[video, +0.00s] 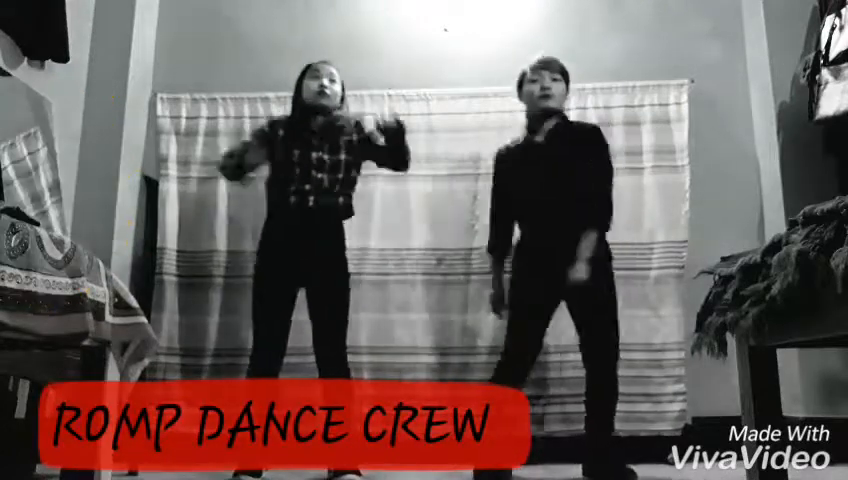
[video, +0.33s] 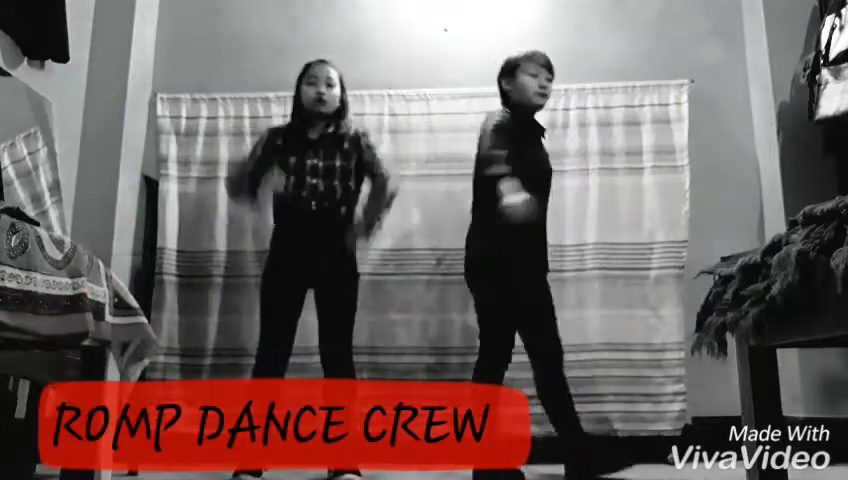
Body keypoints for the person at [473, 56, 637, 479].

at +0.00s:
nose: (544, 84)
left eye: (554, 79)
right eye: (534, 79)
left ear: (567, 93)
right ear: (521, 95)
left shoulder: (587, 136)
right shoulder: (510, 156)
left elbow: (599, 201)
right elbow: (500, 221)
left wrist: (584, 256)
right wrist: (497, 278)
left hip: (587, 260)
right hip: (535, 264)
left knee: (601, 360)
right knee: (515, 361)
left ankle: (600, 459)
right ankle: (486, 456)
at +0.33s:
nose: (545, 85)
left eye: (548, 81)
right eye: (536, 77)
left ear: (544, 90)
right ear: (508, 82)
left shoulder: (529, 131)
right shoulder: (501, 126)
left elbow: (528, 198)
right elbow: (497, 170)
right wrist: (509, 189)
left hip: (523, 263)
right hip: (500, 263)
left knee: (548, 357)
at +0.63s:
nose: (580, 79)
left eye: (579, 72)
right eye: (572, 71)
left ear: (550, 81)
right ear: (543, 78)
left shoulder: (548, 126)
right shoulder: (545, 125)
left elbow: (575, 202)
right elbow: (563, 199)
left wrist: (603, 254)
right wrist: (589, 244)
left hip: (541, 256)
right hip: (542, 258)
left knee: (535, 348)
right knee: (566, 352)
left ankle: (485, 437)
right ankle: (584, 456)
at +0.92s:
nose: (572, 74)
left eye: (571, 67)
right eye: (564, 66)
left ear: (542, 77)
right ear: (538, 73)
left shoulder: (533, 116)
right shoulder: (545, 114)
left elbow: (531, 187)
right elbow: (546, 179)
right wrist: (561, 237)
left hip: (516, 252)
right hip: (535, 252)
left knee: (513, 352)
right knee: (557, 353)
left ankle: (490, 448)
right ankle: (584, 454)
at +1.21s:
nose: (581, 75)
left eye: (579, 68)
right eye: (573, 67)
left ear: (546, 76)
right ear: (547, 74)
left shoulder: (537, 118)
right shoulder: (555, 117)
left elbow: (538, 189)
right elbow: (563, 186)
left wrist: (562, 243)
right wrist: (573, 245)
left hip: (526, 248)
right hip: (543, 249)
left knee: (520, 355)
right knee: (553, 359)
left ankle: (490, 450)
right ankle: (580, 457)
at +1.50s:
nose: (562, 70)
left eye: (567, 65)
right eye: (550, 63)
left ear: (571, 77)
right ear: (526, 74)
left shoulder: (576, 133)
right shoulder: (514, 123)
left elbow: (592, 193)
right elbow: (518, 188)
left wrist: (594, 244)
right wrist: (543, 241)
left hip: (573, 258)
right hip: (526, 255)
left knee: (572, 358)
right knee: (527, 353)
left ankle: (579, 452)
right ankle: (505, 452)